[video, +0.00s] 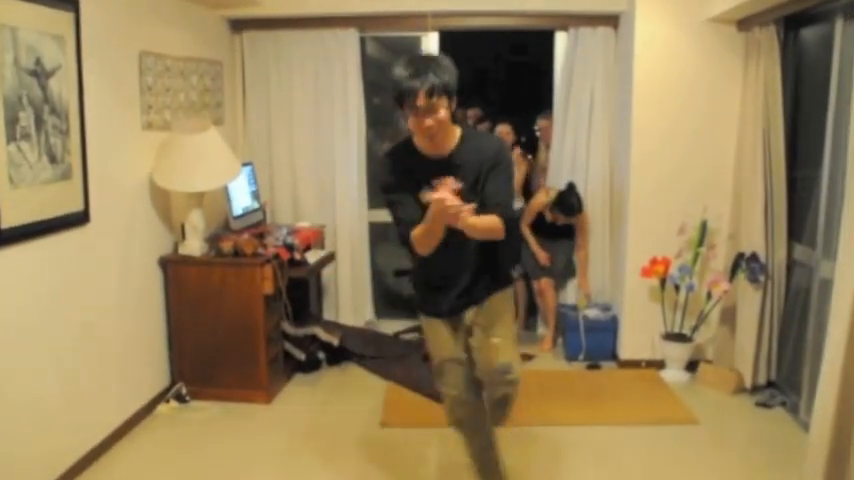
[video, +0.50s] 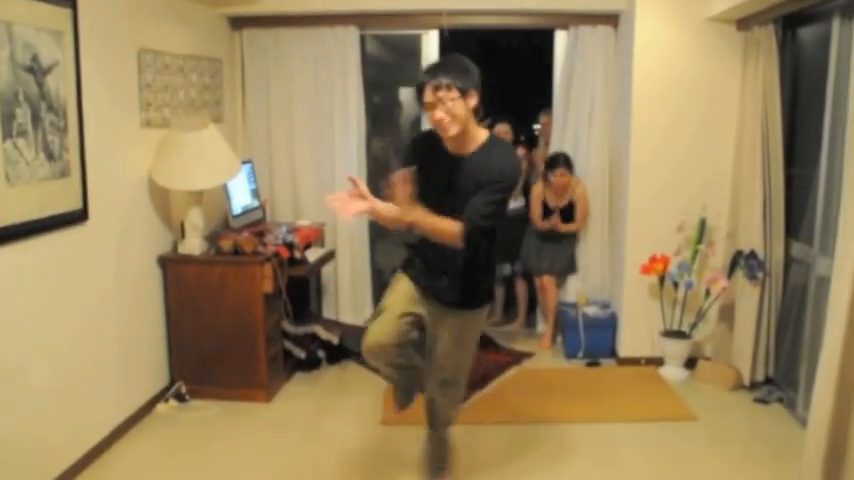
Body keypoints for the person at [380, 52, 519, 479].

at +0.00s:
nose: (425, 121)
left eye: (432, 109)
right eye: (416, 113)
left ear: (451, 104)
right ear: (404, 114)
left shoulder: (489, 150)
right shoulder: (396, 163)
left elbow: (502, 225)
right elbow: (419, 245)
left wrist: (460, 218)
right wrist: (437, 215)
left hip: (490, 284)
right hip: (436, 294)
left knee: (501, 376)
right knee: (459, 398)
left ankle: (485, 431)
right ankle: (491, 475)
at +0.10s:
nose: (445, 157)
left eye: (451, 145)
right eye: (434, 148)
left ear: (467, 132)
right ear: (419, 144)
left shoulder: (499, 169)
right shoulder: (409, 186)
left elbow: (515, 247)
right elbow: (424, 266)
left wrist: (488, 235)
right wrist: (462, 233)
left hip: (509, 309)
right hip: (453, 321)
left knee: (536, 390)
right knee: (496, 417)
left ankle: (471, 425)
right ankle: (526, 475)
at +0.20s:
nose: (457, 165)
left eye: (463, 153)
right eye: (446, 157)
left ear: (474, 140)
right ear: (426, 153)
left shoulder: (505, 177)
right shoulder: (414, 187)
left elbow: (518, 253)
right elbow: (418, 269)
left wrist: (495, 248)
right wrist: (457, 244)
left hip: (506, 319)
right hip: (450, 324)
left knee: (517, 404)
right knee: (491, 417)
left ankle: (466, 454)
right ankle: (522, 473)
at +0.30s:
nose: (445, 148)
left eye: (452, 135)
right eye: (437, 138)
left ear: (475, 129)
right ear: (428, 137)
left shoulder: (509, 176)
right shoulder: (422, 175)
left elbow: (510, 255)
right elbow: (406, 255)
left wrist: (496, 235)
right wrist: (421, 239)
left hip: (493, 303)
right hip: (440, 300)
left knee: (479, 395)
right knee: (449, 396)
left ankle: (456, 470)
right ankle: (496, 471)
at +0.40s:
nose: (443, 125)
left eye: (451, 113)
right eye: (436, 116)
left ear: (479, 111)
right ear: (431, 119)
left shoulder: (511, 174)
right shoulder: (430, 159)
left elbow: (490, 246)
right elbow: (407, 229)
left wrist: (451, 209)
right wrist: (378, 209)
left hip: (475, 296)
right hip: (426, 281)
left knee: (461, 387)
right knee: (401, 359)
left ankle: (457, 458)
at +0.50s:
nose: (438, 116)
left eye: (446, 103)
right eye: (430, 107)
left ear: (472, 100)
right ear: (424, 110)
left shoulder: (501, 161)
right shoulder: (424, 147)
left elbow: (468, 234)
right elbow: (414, 217)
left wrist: (402, 213)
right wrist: (377, 204)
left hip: (465, 292)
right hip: (419, 272)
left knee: (444, 385)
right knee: (378, 344)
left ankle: (437, 457)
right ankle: (412, 374)